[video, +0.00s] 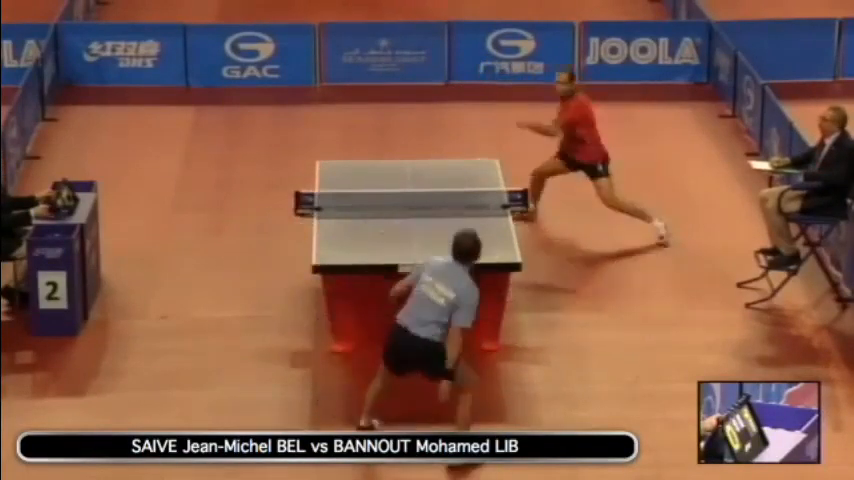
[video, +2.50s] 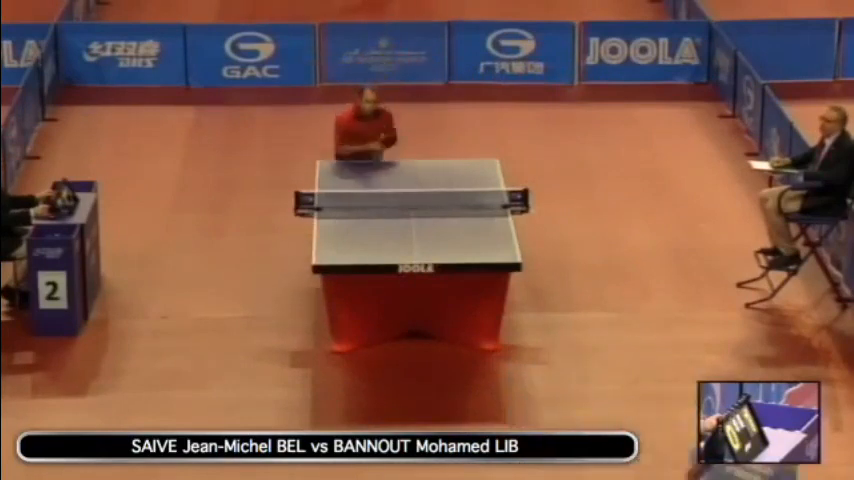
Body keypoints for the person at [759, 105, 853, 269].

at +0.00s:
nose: (820, 123)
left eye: (825, 120)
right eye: (821, 119)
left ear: (837, 125)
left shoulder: (846, 147)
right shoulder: (826, 141)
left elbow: (837, 178)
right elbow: (807, 158)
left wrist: (806, 175)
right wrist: (786, 162)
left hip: (829, 199)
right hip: (815, 191)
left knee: (773, 204)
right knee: (765, 197)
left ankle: (789, 253)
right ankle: (780, 247)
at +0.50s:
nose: (820, 123)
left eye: (825, 121)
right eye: (821, 119)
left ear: (837, 126)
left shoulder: (846, 147)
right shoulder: (826, 141)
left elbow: (837, 177)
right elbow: (807, 158)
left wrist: (805, 175)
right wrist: (786, 162)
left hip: (830, 199)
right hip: (815, 191)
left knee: (773, 204)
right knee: (765, 197)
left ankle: (789, 254)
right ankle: (780, 247)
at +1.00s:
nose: (821, 124)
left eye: (827, 121)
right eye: (821, 120)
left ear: (839, 126)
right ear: (819, 120)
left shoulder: (846, 147)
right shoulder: (825, 141)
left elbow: (837, 178)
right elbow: (807, 158)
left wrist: (806, 175)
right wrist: (786, 163)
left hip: (830, 199)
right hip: (814, 191)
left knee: (773, 205)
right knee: (765, 197)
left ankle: (790, 253)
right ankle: (780, 247)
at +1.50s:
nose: (821, 122)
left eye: (827, 119)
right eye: (822, 118)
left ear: (839, 125)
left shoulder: (846, 147)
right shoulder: (826, 140)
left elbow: (837, 177)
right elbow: (808, 158)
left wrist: (804, 175)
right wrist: (787, 163)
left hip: (829, 199)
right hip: (815, 191)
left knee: (774, 205)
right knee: (765, 196)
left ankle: (790, 254)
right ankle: (780, 247)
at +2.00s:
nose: (820, 122)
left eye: (825, 119)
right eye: (821, 118)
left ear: (837, 124)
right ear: (833, 123)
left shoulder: (846, 147)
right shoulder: (827, 139)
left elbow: (836, 177)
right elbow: (809, 157)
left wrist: (803, 175)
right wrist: (787, 163)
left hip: (829, 199)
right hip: (815, 190)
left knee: (773, 205)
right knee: (765, 197)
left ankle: (790, 254)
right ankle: (780, 247)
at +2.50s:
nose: (821, 124)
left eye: (827, 121)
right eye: (822, 119)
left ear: (839, 125)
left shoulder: (846, 147)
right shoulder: (827, 140)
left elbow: (836, 177)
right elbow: (809, 157)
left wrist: (803, 175)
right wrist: (787, 163)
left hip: (829, 199)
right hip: (815, 191)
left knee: (773, 205)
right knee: (765, 197)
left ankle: (790, 254)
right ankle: (780, 247)